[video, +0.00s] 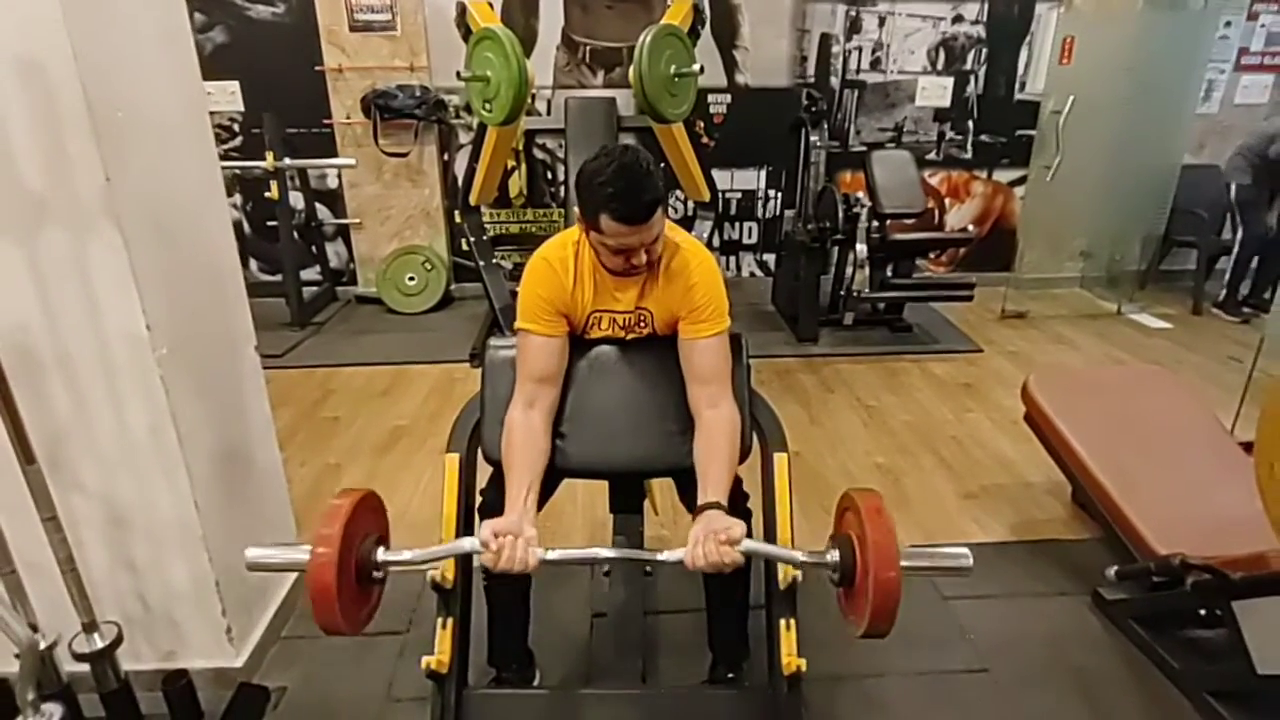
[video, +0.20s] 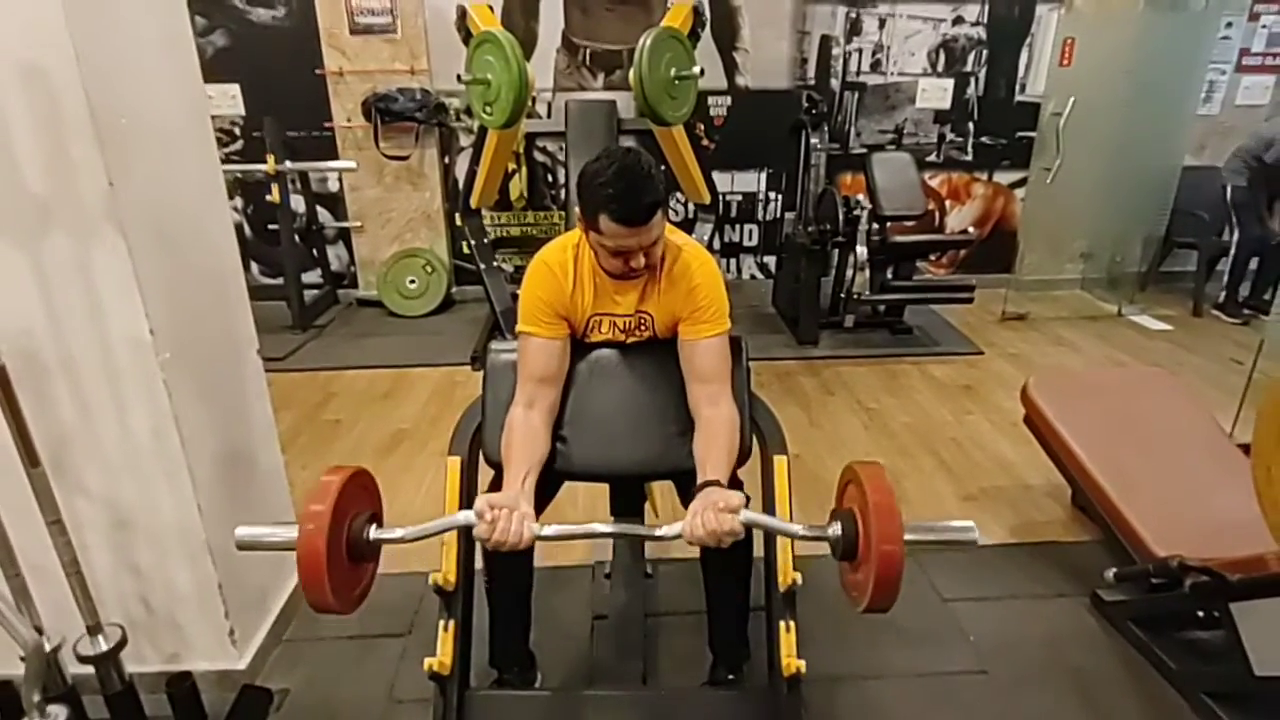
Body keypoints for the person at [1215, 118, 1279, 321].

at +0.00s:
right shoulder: (1276, 125)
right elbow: (1273, 152)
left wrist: (1273, 210)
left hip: (1262, 178)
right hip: (1243, 172)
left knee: (1271, 240)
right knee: (1250, 234)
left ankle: (1255, 297)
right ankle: (1228, 298)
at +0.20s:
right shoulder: (1277, 133)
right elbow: (1265, 169)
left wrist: (1273, 217)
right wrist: (1267, 216)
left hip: (1259, 180)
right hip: (1239, 174)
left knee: (1271, 241)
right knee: (1247, 235)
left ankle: (1255, 298)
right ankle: (1228, 299)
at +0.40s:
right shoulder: (1277, 147)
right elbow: (1254, 188)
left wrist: (1273, 226)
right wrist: (1267, 228)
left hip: (1264, 185)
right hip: (1238, 178)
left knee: (1276, 244)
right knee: (1246, 237)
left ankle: (1259, 299)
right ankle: (1230, 301)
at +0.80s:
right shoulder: (1273, 176)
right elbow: (1244, 211)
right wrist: (1271, 243)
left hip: (1254, 200)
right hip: (1226, 196)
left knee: (1277, 247)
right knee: (1245, 247)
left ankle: (1259, 305)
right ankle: (1227, 309)